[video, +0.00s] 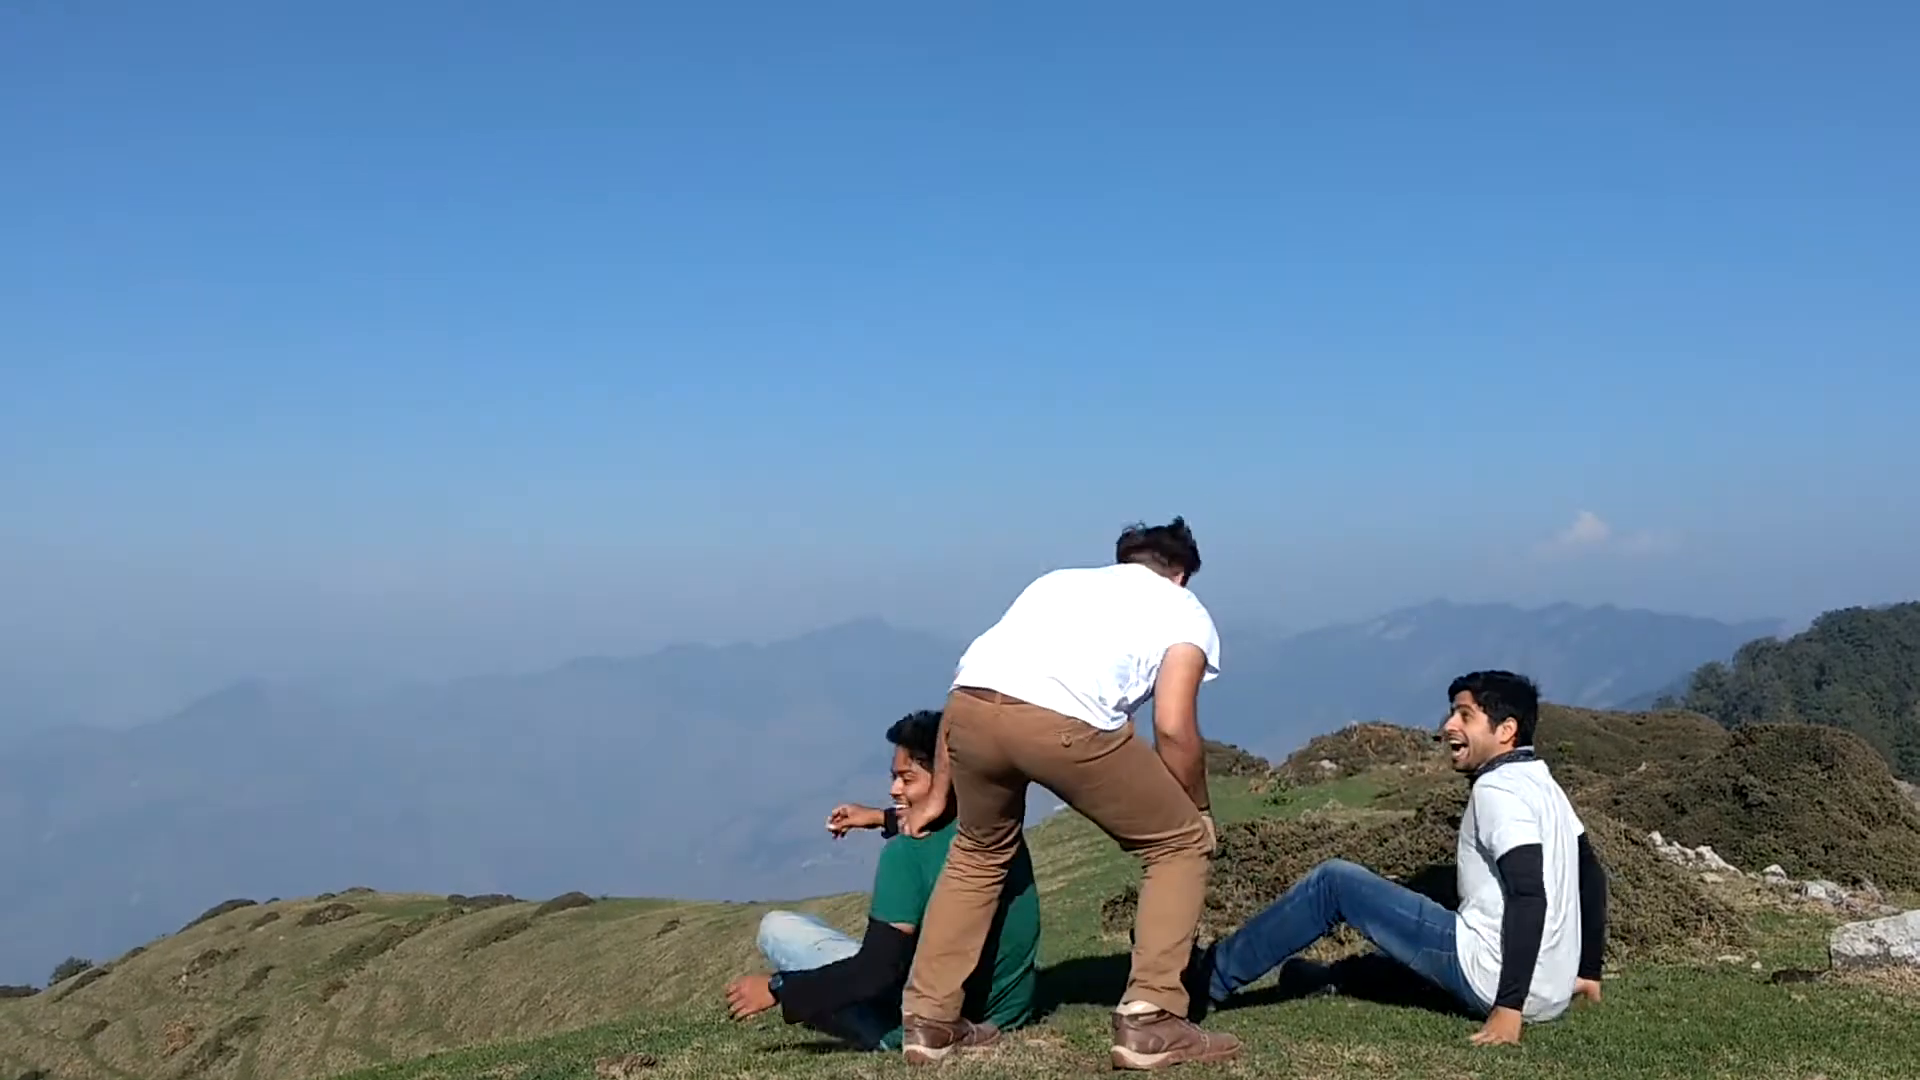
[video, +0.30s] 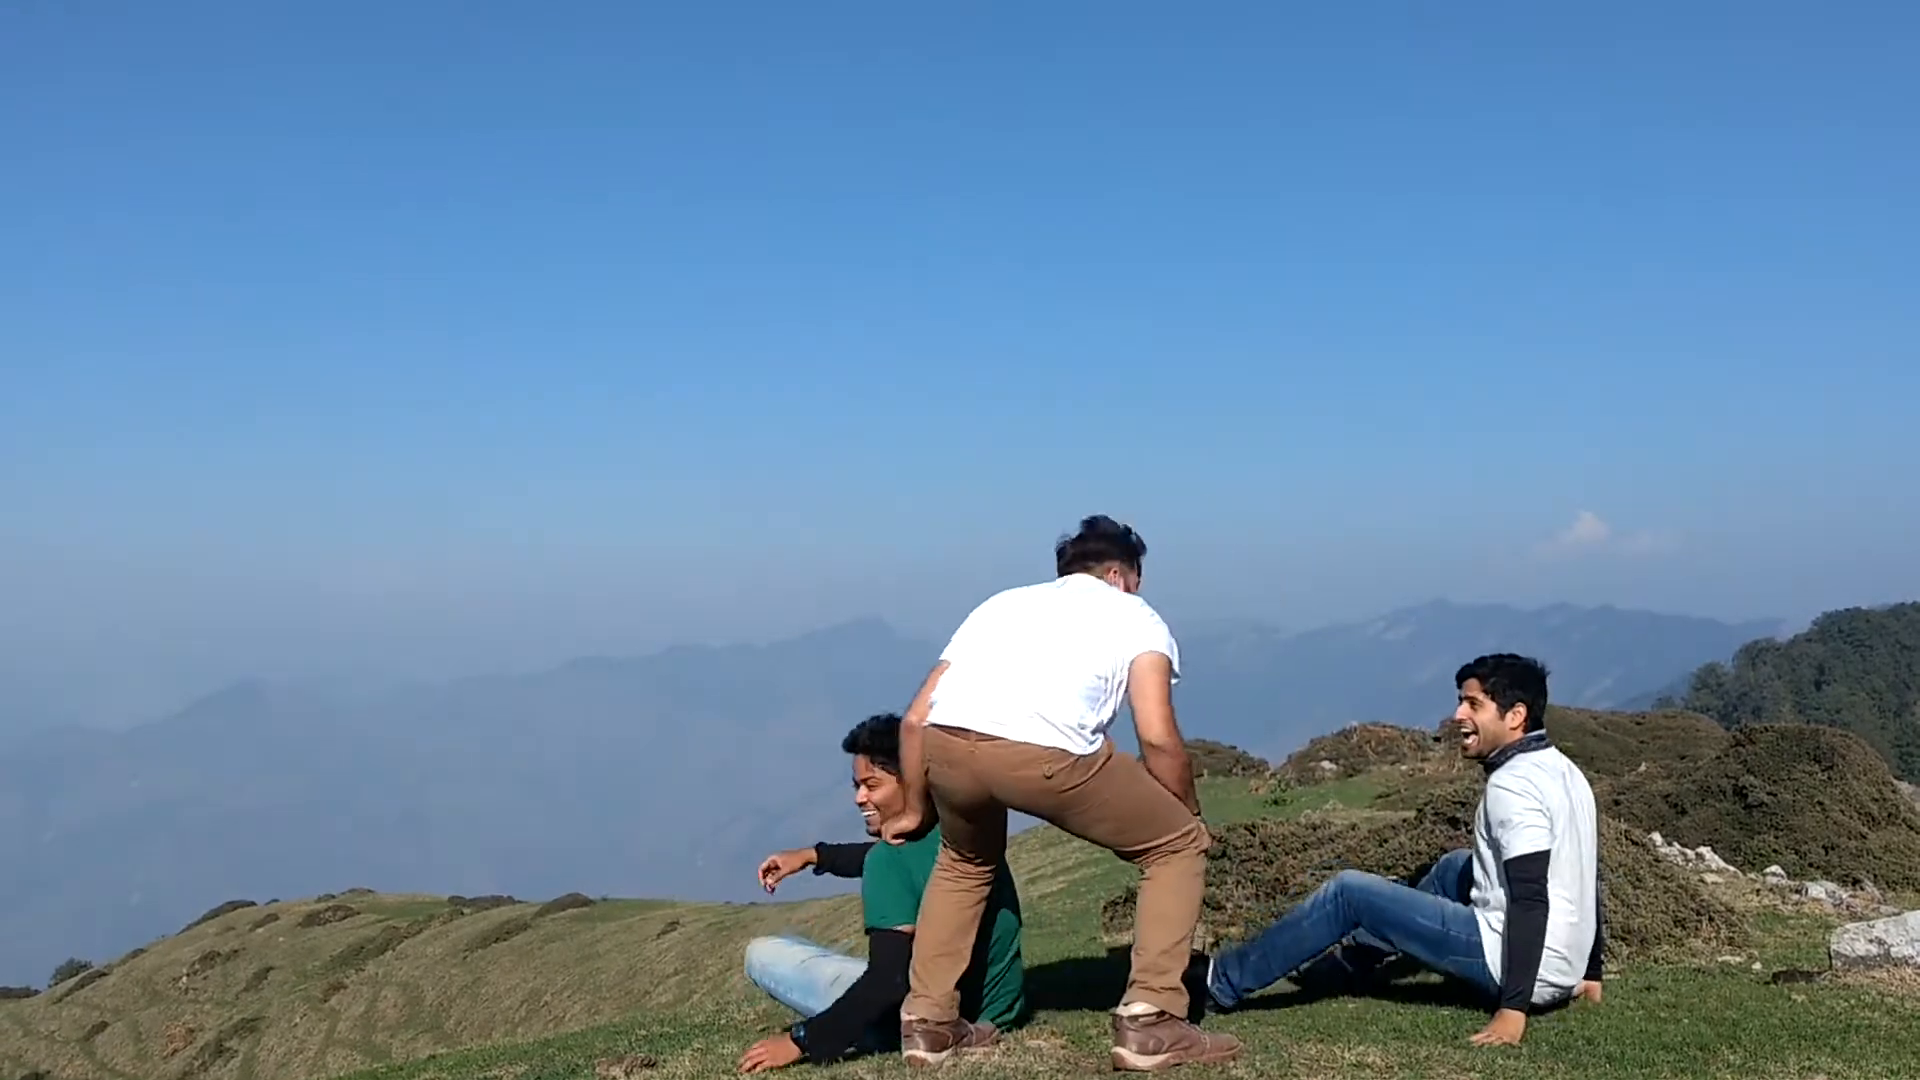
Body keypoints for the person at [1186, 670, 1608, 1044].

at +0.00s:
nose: (1448, 727)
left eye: (1464, 715)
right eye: (1451, 714)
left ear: (1507, 733)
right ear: (1507, 738)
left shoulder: (1497, 790)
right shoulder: (1543, 784)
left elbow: (1528, 895)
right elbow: (1591, 878)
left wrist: (1508, 1011)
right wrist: (1589, 973)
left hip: (1491, 979)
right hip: (1546, 988)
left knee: (1335, 879)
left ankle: (1211, 975)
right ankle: (1333, 979)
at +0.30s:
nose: (1458, 715)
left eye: (1472, 704)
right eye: (1461, 702)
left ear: (1516, 716)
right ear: (1519, 719)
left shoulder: (1512, 784)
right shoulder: (1566, 771)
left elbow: (1530, 896)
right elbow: (1590, 881)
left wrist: (1513, 1009)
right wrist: (1590, 974)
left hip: (1512, 967)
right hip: (1554, 964)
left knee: (1348, 891)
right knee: (1456, 869)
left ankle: (1215, 981)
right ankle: (1352, 965)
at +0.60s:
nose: (1471, 713)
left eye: (1486, 703)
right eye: (1474, 701)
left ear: (1531, 714)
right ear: (1531, 714)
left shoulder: (1526, 787)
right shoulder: (1572, 771)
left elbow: (1536, 900)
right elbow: (1593, 879)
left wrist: (1514, 1011)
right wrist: (1593, 973)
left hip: (1515, 967)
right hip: (1556, 962)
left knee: (1358, 899)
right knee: (1453, 863)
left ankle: (1222, 981)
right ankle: (1350, 963)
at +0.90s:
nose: (1481, 715)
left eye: (1495, 704)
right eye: (1482, 703)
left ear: (1539, 718)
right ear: (1537, 719)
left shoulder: (1534, 791)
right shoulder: (1573, 775)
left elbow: (1539, 903)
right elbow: (1592, 882)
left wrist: (1513, 1013)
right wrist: (1591, 975)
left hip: (1512, 968)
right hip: (1551, 963)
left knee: (1356, 902)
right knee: (1452, 866)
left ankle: (1218, 983)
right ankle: (1344, 968)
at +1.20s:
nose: (1482, 725)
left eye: (1496, 714)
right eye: (1483, 713)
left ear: (1540, 728)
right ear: (1537, 730)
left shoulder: (1542, 797)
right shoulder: (1559, 778)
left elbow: (1553, 909)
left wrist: (1517, 1010)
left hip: (1540, 983)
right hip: (1563, 964)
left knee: (1377, 944)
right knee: (1458, 887)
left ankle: (1216, 991)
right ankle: (1373, 960)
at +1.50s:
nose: (1481, 735)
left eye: (1496, 724)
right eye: (1482, 722)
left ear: (1540, 738)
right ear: (1541, 740)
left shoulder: (1544, 807)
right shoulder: (1572, 787)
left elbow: (1583, 916)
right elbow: (1627, 874)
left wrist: (1512, 994)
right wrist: (1588, 928)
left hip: (1536, 986)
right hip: (1557, 959)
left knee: (1378, 956)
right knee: (1459, 887)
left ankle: (1226, 996)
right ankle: (1342, 958)